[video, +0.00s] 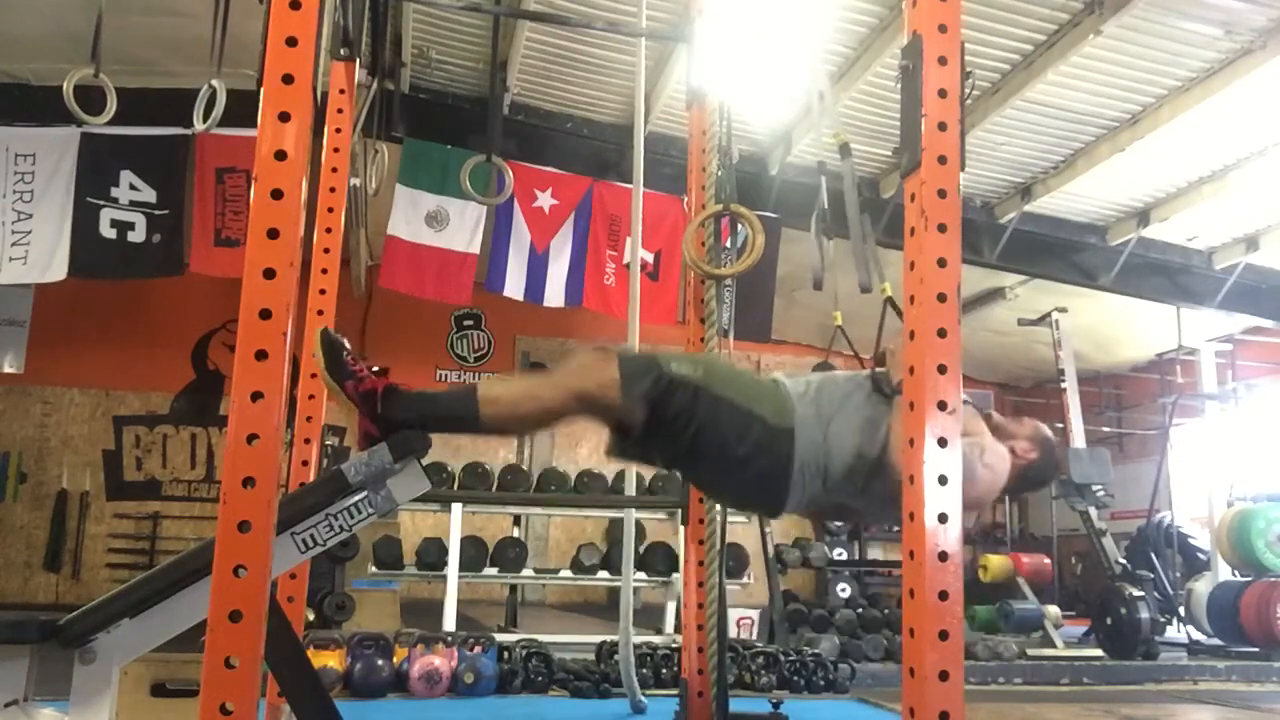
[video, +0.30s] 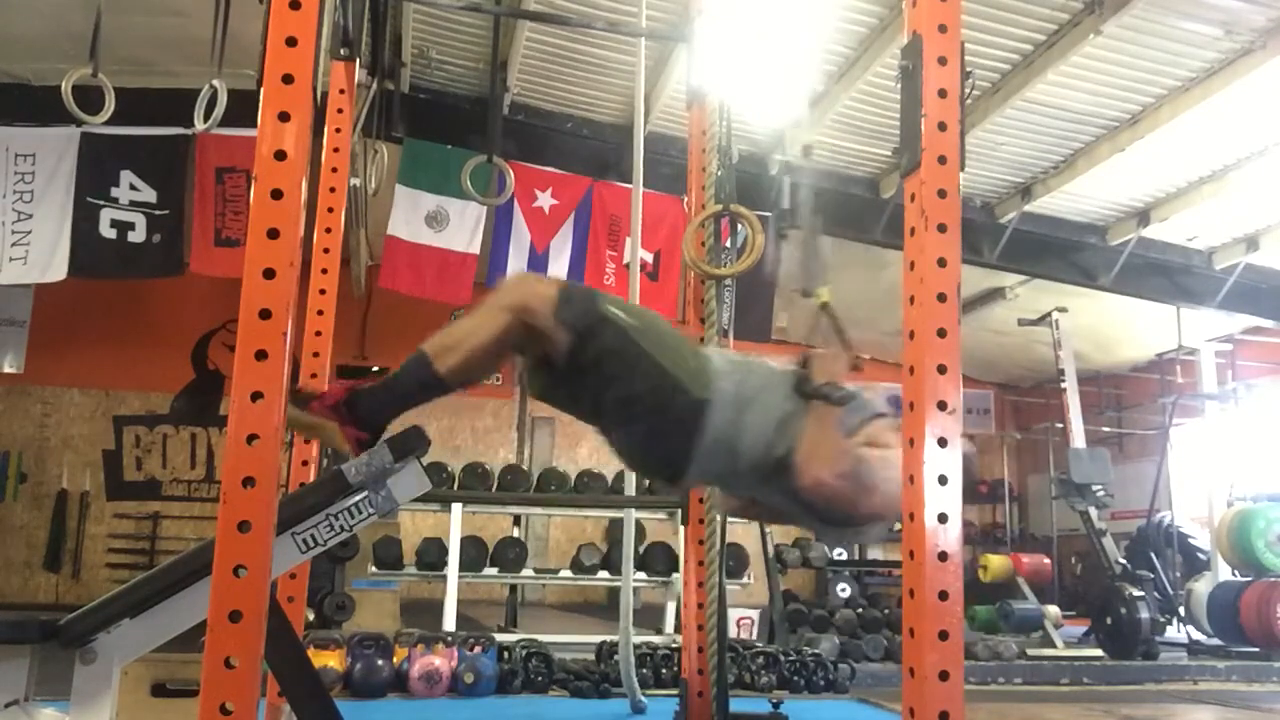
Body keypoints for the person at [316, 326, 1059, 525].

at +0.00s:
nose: (1019, 422)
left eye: (1030, 432)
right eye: (1025, 419)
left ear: (1027, 460)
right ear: (1011, 421)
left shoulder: (985, 465)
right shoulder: (964, 428)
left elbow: (907, 471)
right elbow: (886, 426)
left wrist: (918, 381)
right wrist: (895, 370)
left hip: (786, 443)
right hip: (776, 425)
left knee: (594, 373)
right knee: (579, 392)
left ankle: (389, 407)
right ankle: (398, 421)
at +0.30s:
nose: (925, 422)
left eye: (939, 432)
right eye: (937, 422)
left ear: (938, 467)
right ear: (927, 426)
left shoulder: (897, 486)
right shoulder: (884, 434)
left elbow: (825, 474)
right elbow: (828, 418)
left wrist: (824, 382)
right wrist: (830, 363)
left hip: (687, 418)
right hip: (688, 382)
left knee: (530, 294)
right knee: (515, 316)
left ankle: (370, 408)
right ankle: (378, 400)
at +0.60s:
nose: (809, 438)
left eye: (817, 452)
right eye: (817, 440)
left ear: (807, 471)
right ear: (804, 437)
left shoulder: (763, 473)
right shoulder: (746, 444)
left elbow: (679, 458)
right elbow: (602, 477)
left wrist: (710, 378)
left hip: (569, 373)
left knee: (410, 243)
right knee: (392, 296)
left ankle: (329, 421)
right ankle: (326, 421)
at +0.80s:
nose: (748, 401)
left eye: (756, 414)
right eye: (759, 404)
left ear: (745, 442)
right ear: (743, 429)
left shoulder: (699, 449)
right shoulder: (687, 421)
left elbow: (617, 438)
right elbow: (558, 456)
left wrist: (651, 356)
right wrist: (652, 354)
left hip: (505, 351)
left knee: (324, 237)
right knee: (338, 289)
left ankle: (309, 421)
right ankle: (303, 421)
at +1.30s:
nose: (729, 381)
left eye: (739, 394)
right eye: (742, 387)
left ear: (727, 424)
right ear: (724, 419)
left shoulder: (682, 435)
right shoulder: (671, 394)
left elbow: (597, 429)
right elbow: (633, 325)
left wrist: (635, 349)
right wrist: (651, 346)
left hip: (476, 352)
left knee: (324, 246)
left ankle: (298, 416)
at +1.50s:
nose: (768, 408)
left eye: (776, 423)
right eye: (778, 412)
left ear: (768, 452)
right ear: (766, 442)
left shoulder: (725, 457)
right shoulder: (712, 433)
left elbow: (642, 445)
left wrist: (672, 361)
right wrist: (671, 351)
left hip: (523, 362)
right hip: (522, 369)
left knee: (352, 244)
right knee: (370, 296)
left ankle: (314, 420)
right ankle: (300, 413)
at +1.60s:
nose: (802, 427)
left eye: (810, 441)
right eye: (811, 432)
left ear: (803, 464)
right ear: (801, 448)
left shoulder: (758, 470)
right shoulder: (739, 452)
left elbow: (676, 455)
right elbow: (596, 475)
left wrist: (705, 373)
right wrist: (709, 367)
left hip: (561, 367)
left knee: (396, 250)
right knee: (388, 301)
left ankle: (319, 425)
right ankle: (317, 425)